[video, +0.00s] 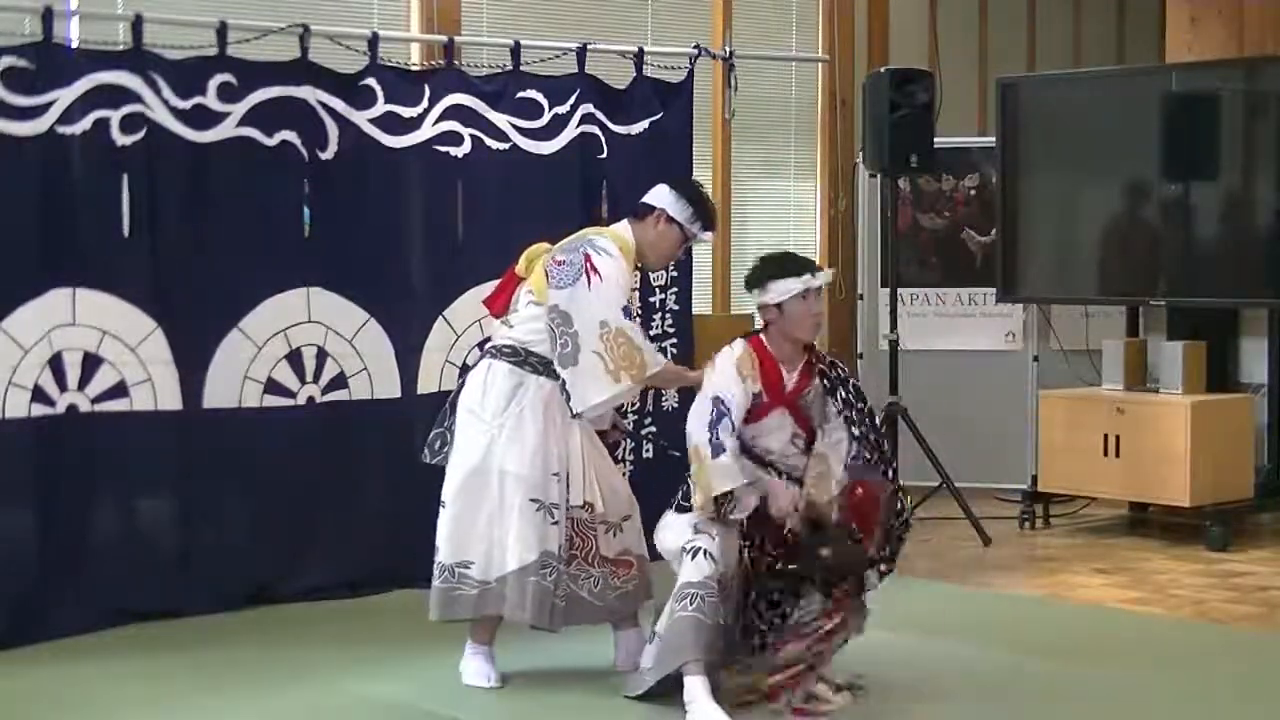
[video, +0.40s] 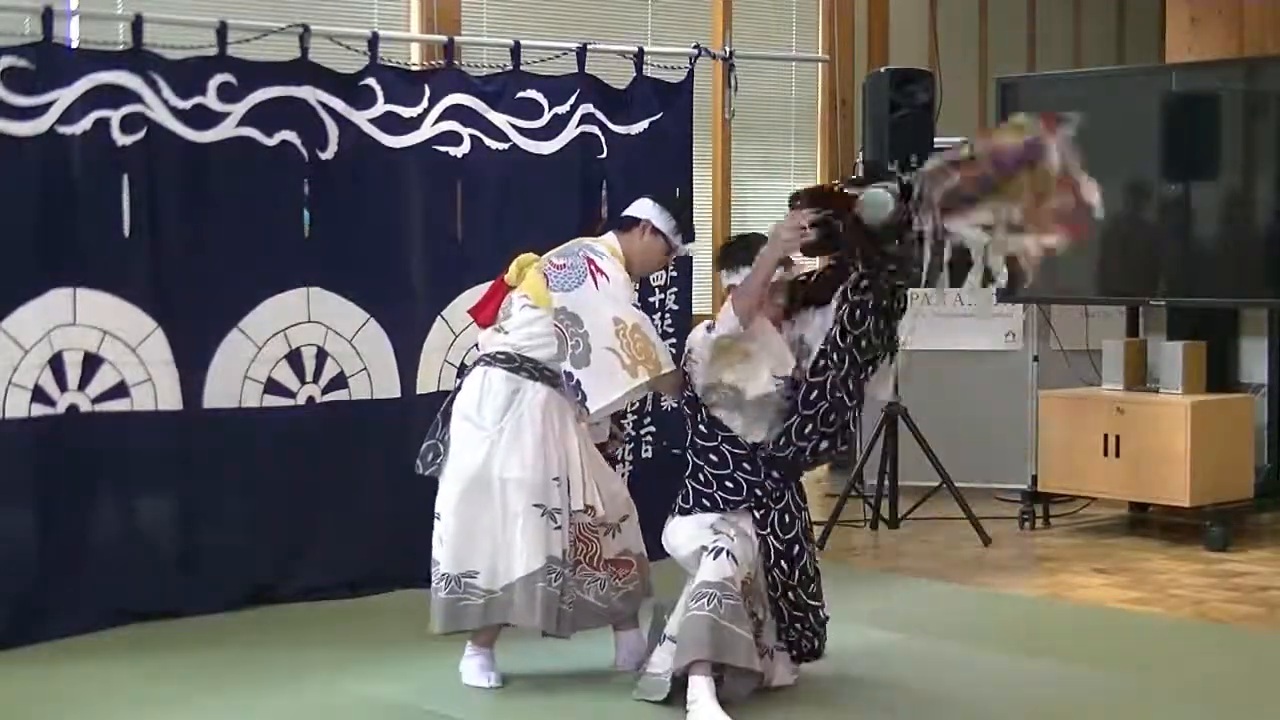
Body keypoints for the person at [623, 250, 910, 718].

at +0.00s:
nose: (819, 308)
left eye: (819, 297)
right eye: (807, 299)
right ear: (771, 312)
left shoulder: (824, 371)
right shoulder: (736, 364)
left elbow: (837, 444)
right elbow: (709, 440)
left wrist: (814, 499)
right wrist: (767, 488)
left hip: (792, 512)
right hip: (726, 508)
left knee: (849, 573)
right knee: (705, 562)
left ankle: (799, 671)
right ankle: (695, 681)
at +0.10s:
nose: (796, 290)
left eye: (795, 280)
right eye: (783, 282)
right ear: (748, 298)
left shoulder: (813, 353)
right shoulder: (720, 353)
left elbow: (861, 397)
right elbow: (733, 406)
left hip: (788, 512)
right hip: (717, 508)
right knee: (716, 550)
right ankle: (698, 686)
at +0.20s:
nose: (785, 284)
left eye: (783, 273)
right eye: (771, 276)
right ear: (735, 296)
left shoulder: (802, 354)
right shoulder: (711, 347)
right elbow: (741, 368)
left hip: (770, 525)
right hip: (704, 514)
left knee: (769, 671)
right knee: (725, 549)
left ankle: (678, 652)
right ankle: (699, 686)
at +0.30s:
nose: (780, 288)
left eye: (762, 280)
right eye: (762, 280)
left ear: (775, 284)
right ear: (733, 293)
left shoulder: (787, 345)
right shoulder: (708, 342)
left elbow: (853, 323)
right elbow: (736, 336)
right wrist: (782, 274)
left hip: (769, 506)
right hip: (708, 504)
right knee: (727, 553)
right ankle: (699, 683)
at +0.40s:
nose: (777, 301)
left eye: (781, 290)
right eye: (764, 290)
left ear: (786, 296)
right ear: (732, 293)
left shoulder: (785, 351)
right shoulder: (709, 348)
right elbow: (741, 308)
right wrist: (774, 250)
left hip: (769, 505)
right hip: (705, 504)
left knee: (773, 668)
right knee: (726, 553)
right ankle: (700, 683)